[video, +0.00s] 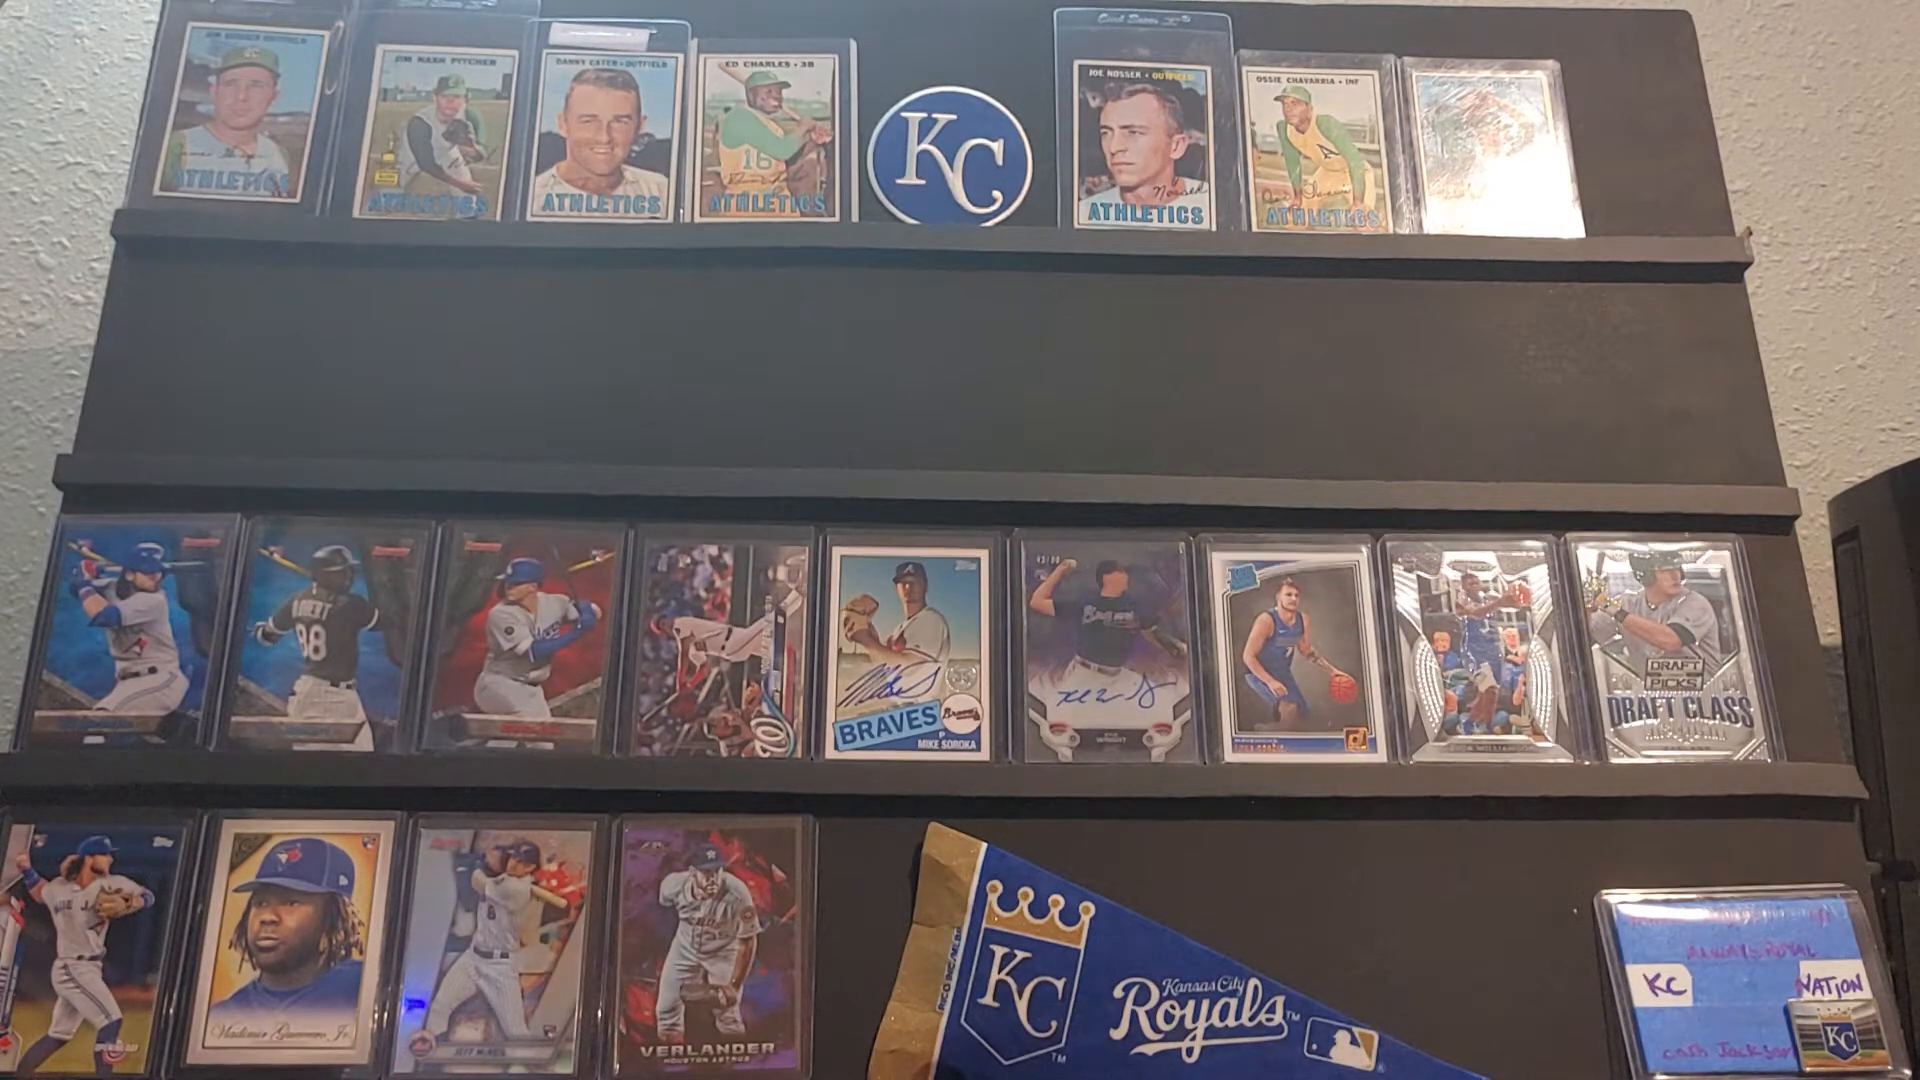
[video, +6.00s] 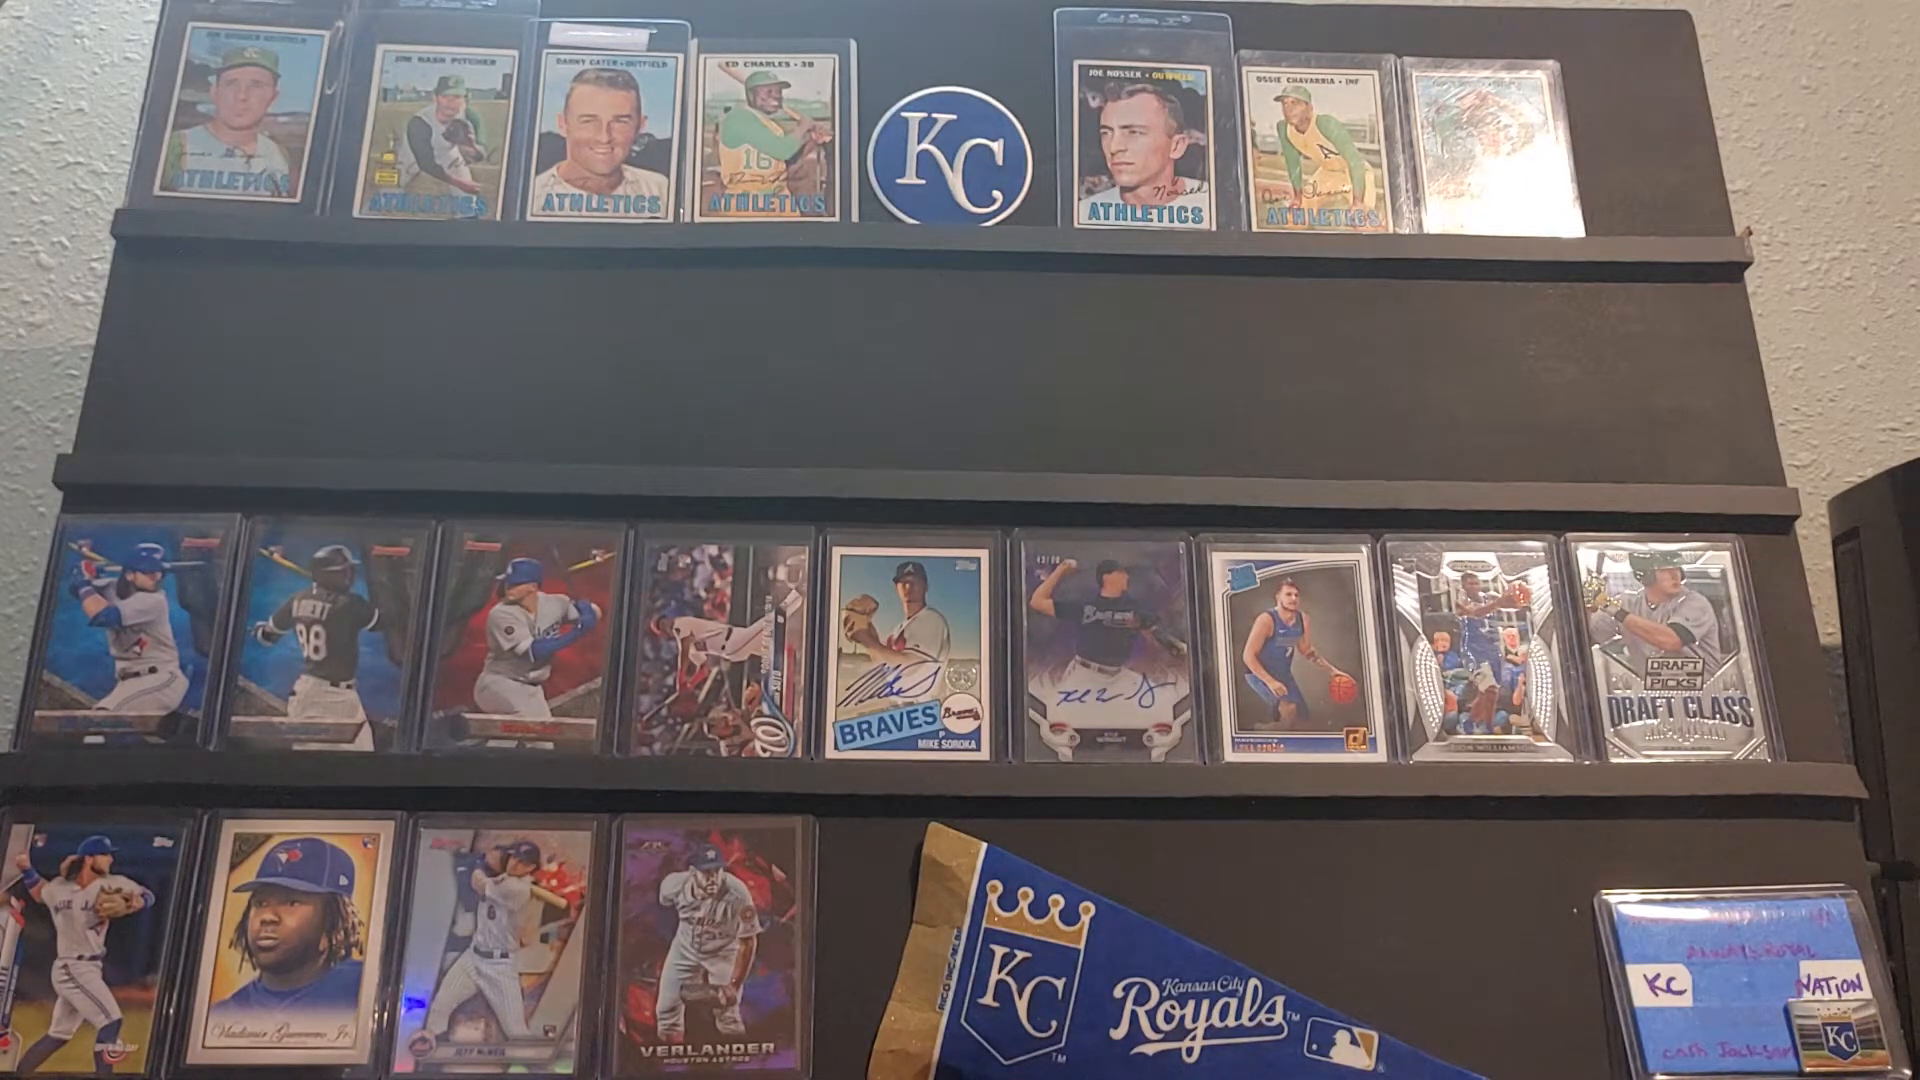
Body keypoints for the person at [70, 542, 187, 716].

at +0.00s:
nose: (156, 577)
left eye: (158, 572)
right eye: (148, 572)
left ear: (162, 573)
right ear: (130, 575)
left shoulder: (154, 600)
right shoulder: (114, 587)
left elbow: (105, 617)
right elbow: (79, 589)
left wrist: (83, 585)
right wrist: (87, 574)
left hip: (162, 679)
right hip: (129, 681)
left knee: (101, 716)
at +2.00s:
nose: (156, 577)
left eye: (159, 572)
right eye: (149, 572)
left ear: (162, 573)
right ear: (130, 574)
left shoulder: (155, 600)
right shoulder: (113, 587)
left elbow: (104, 617)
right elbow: (78, 589)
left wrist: (83, 586)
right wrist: (86, 573)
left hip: (163, 679)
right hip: (130, 682)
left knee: (100, 718)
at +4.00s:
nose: (156, 577)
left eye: (158, 571)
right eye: (148, 572)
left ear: (162, 573)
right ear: (130, 574)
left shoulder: (154, 600)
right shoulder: (113, 587)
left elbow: (104, 617)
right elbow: (79, 588)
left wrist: (83, 585)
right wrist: (88, 573)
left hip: (163, 679)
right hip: (129, 682)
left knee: (99, 717)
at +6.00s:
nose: (156, 577)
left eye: (158, 571)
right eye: (148, 572)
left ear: (162, 573)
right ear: (130, 575)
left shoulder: (155, 601)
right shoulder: (114, 588)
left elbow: (104, 617)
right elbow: (78, 589)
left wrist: (83, 585)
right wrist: (87, 570)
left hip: (163, 679)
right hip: (130, 681)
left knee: (100, 717)